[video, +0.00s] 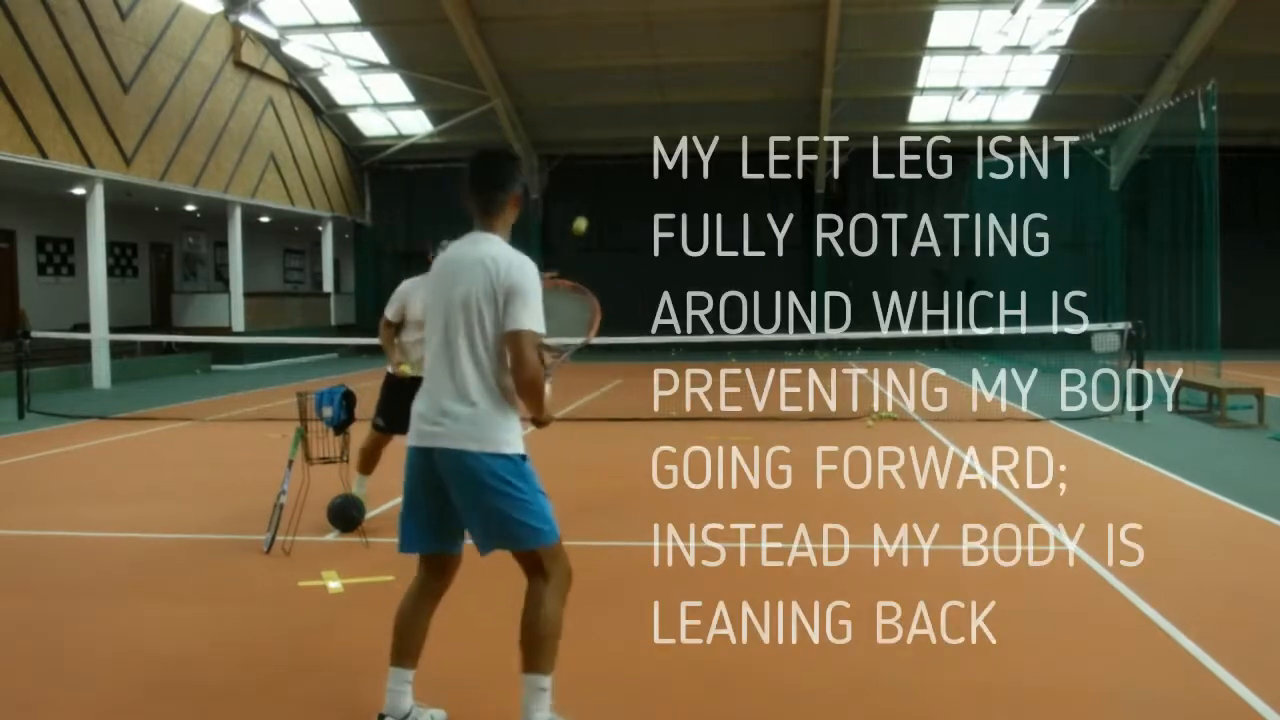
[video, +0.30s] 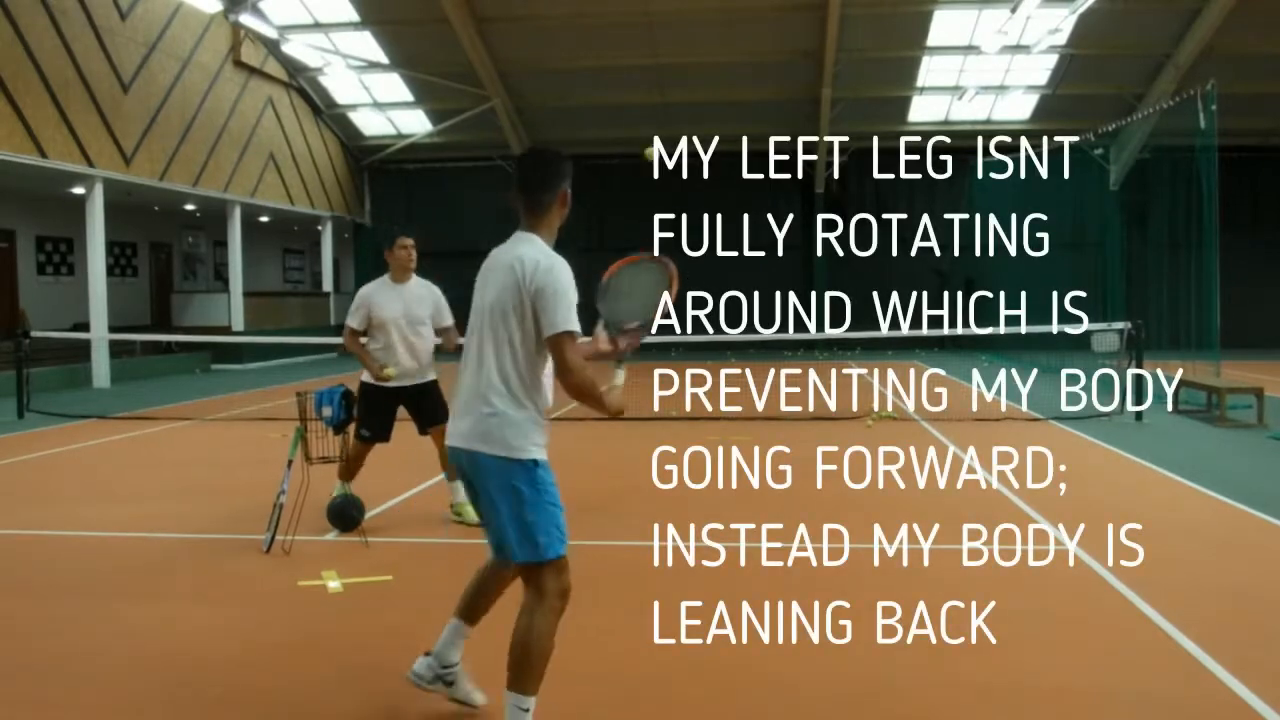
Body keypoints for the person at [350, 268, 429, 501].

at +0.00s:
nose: (448, 262)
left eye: (453, 257)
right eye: (443, 255)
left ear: (460, 261)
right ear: (432, 258)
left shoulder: (462, 293)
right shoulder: (411, 288)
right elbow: (387, 325)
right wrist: (394, 359)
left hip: (444, 378)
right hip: (406, 376)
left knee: (445, 442)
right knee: (379, 436)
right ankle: (359, 491)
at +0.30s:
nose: (410, 254)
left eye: (413, 249)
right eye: (404, 249)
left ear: (417, 255)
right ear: (388, 255)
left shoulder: (430, 291)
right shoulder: (369, 294)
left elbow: (448, 330)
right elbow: (349, 338)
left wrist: (449, 341)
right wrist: (372, 364)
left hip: (422, 381)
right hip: (380, 384)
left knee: (443, 435)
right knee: (363, 444)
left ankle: (459, 500)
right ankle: (341, 492)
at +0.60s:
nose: (381, 248)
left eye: (384, 243)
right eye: (374, 243)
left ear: (388, 248)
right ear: (361, 247)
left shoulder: (397, 283)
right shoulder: (342, 285)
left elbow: (402, 321)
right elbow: (319, 329)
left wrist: (412, 342)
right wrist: (348, 357)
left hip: (392, 376)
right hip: (353, 380)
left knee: (416, 430)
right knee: (345, 442)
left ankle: (421, 496)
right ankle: (337, 498)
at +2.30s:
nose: (396, 252)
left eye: (396, 247)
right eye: (394, 247)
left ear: (381, 248)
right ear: (381, 248)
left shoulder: (390, 281)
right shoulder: (346, 284)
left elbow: (402, 319)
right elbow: (326, 331)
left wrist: (443, 328)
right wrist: (362, 358)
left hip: (395, 374)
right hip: (358, 380)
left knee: (423, 425)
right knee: (349, 440)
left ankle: (428, 492)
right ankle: (337, 496)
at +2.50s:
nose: (420, 257)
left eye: (422, 252)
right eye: (414, 252)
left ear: (421, 256)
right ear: (396, 254)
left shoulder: (423, 291)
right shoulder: (369, 288)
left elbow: (438, 331)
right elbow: (343, 330)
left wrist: (475, 356)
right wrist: (369, 361)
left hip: (408, 382)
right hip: (367, 383)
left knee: (430, 436)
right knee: (350, 442)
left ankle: (451, 501)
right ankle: (337, 497)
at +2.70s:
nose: (454, 266)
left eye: (457, 260)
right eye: (447, 260)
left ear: (460, 265)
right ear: (431, 262)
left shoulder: (461, 304)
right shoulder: (401, 291)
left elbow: (463, 352)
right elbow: (372, 325)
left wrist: (473, 399)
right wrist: (386, 364)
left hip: (431, 380)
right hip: (390, 379)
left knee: (452, 433)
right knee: (364, 437)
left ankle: (455, 503)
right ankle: (340, 490)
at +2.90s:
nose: (467, 260)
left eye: (469, 255)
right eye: (460, 254)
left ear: (472, 260)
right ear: (444, 257)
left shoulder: (475, 301)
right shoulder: (415, 286)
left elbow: (483, 347)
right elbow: (389, 322)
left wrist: (492, 392)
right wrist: (403, 358)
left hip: (445, 376)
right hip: (404, 374)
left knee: (459, 433)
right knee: (380, 434)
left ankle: (456, 503)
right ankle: (359, 495)